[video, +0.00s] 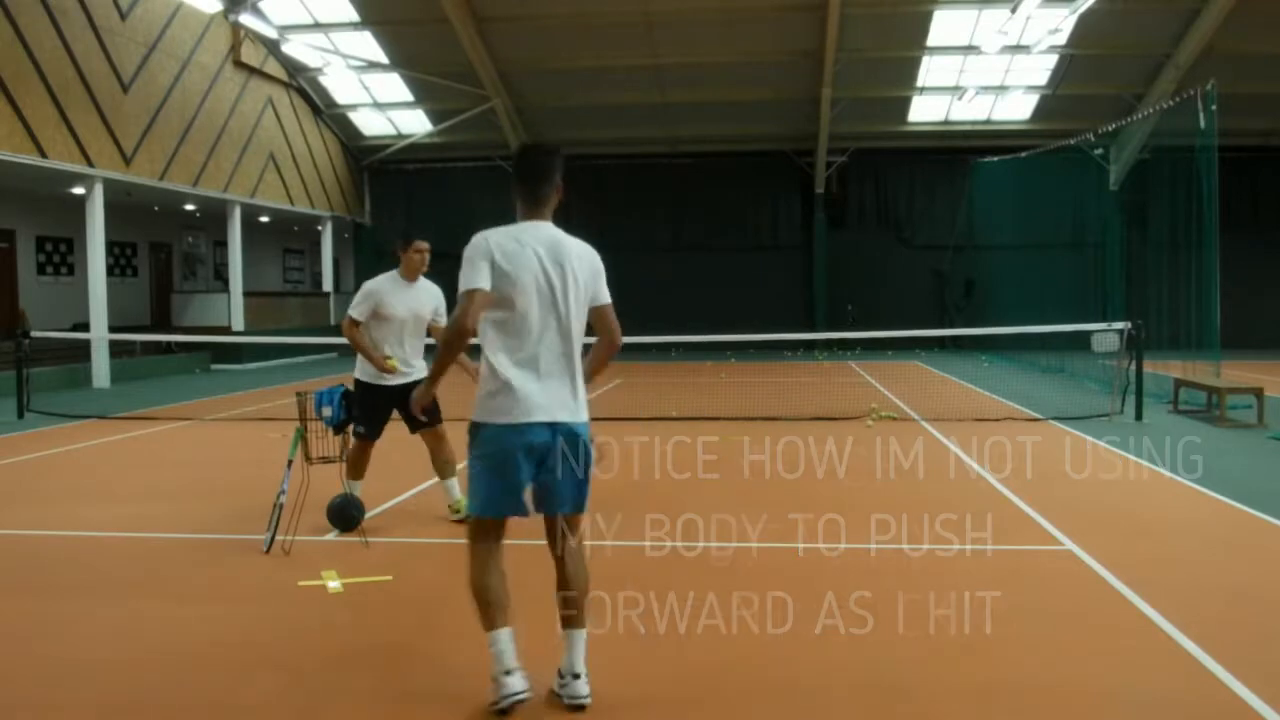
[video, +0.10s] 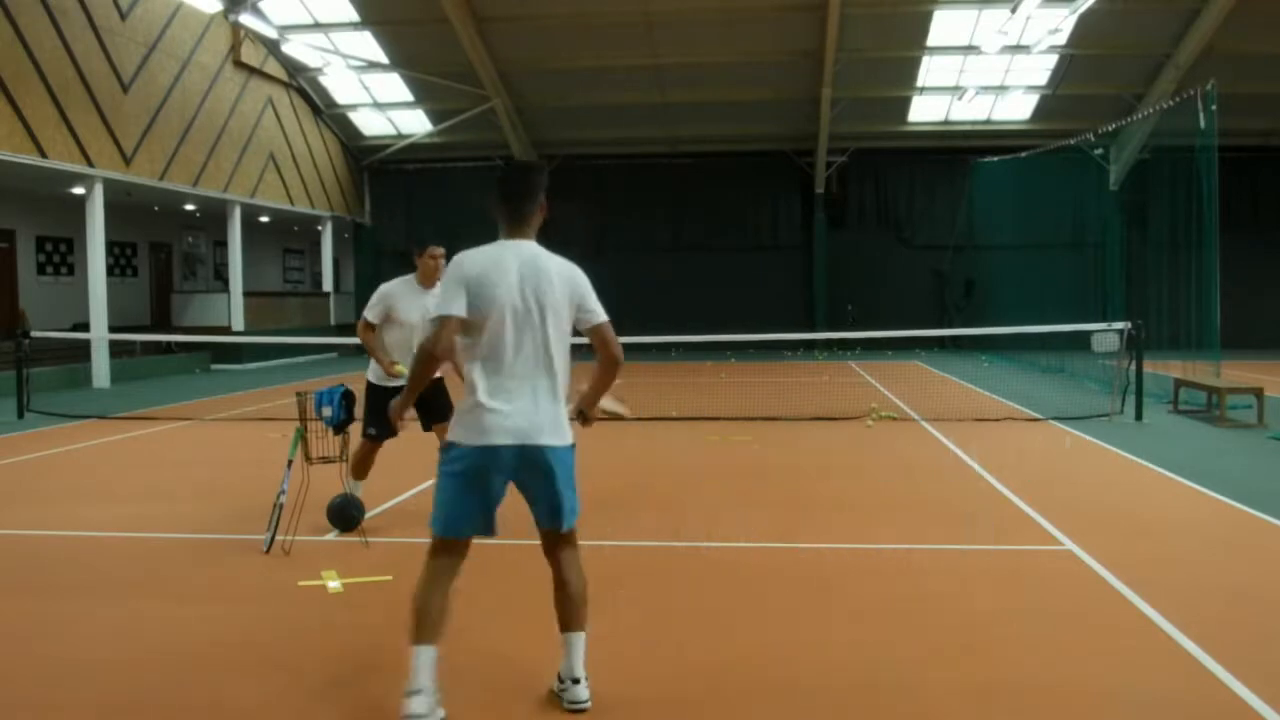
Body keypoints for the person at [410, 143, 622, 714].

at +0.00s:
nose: (553, 194)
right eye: (558, 185)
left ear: (514, 190)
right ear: (558, 192)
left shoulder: (487, 244)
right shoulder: (584, 255)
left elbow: (466, 322)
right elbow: (610, 337)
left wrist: (429, 385)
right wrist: (573, 386)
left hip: (504, 422)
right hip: (568, 421)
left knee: (485, 541)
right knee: (567, 536)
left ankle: (508, 673)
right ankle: (575, 673)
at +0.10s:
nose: (540, 211)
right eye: (542, 202)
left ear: (495, 209)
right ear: (542, 209)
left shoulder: (466, 265)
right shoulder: (567, 273)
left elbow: (438, 345)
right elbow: (611, 355)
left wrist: (406, 400)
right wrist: (586, 404)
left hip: (477, 434)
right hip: (547, 434)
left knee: (444, 554)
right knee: (562, 545)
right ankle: (574, 677)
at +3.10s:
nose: (688, 238)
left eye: (694, 227)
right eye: (695, 226)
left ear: (705, 234)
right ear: (731, 235)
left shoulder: (714, 281)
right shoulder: (747, 276)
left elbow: (735, 351)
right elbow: (758, 346)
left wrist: (725, 414)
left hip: (740, 416)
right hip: (770, 411)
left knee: (695, 512)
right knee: (785, 489)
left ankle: (742, 613)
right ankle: (831, 573)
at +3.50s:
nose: (700, 227)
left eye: (689, 220)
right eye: (705, 221)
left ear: (669, 221)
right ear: (707, 221)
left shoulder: (644, 264)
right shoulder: (733, 267)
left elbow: (630, 335)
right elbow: (761, 335)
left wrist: (597, 381)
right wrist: (752, 371)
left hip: (659, 416)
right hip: (720, 415)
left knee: (632, 515)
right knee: (735, 510)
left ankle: (621, 624)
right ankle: (750, 619)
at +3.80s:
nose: (659, 219)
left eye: (652, 211)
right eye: (659, 212)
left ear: (612, 215)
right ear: (655, 215)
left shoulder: (590, 264)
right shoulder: (660, 267)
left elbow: (576, 340)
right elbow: (671, 352)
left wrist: (627, 355)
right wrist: (693, 382)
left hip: (587, 422)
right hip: (637, 425)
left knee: (592, 540)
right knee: (682, 532)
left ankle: (568, 660)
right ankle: (730, 631)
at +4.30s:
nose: (646, 245)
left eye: (644, 237)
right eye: (645, 237)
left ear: (595, 244)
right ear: (638, 244)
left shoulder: (580, 301)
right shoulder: (623, 307)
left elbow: (631, 380)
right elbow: (649, 399)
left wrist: (693, 366)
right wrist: (690, 420)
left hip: (568, 463)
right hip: (589, 471)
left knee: (644, 542)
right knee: (596, 606)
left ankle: (573, 647)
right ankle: (513, 707)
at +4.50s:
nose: (673, 242)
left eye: (671, 234)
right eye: (673, 234)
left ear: (633, 235)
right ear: (663, 236)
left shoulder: (650, 292)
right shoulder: (627, 289)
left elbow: (701, 340)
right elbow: (670, 344)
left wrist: (755, 315)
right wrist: (748, 345)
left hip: (628, 454)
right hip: (609, 454)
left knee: (656, 556)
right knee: (622, 578)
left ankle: (575, 657)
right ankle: (524, 695)